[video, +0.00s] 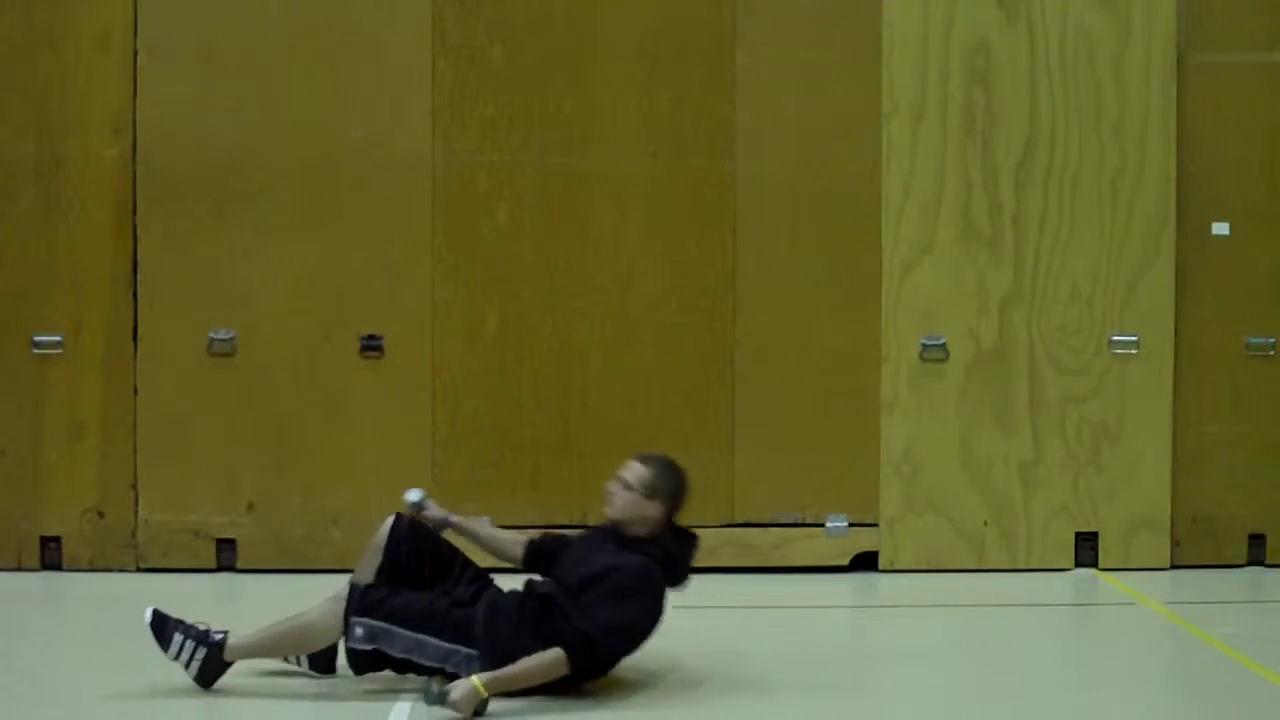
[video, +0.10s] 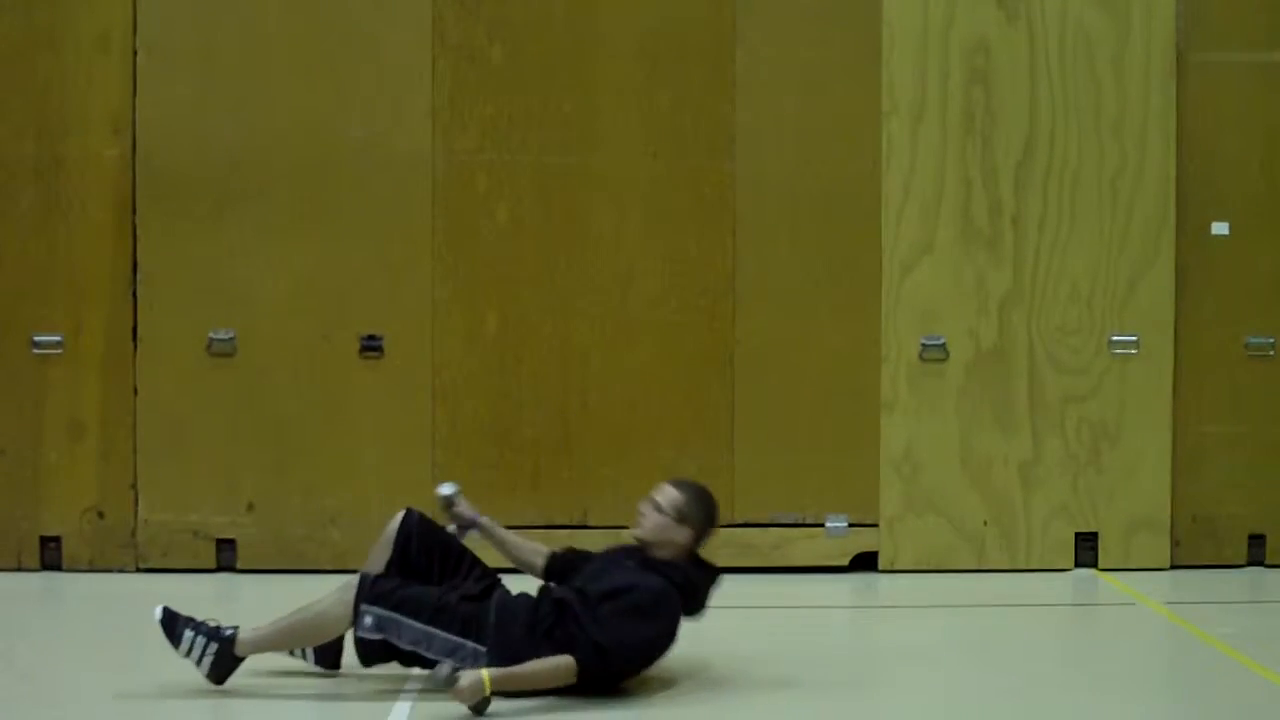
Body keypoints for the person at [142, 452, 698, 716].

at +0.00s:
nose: (612, 491)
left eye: (628, 488)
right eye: (617, 481)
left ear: (658, 513)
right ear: (622, 495)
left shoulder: (638, 586)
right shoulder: (602, 539)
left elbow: (570, 656)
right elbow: (516, 550)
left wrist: (486, 684)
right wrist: (447, 518)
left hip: (492, 646)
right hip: (490, 603)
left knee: (353, 605)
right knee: (396, 533)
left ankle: (218, 653)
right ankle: (343, 649)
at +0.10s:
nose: (644, 512)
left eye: (659, 512)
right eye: (649, 503)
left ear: (687, 537)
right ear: (652, 515)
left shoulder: (654, 605)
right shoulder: (632, 559)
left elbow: (582, 664)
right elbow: (550, 565)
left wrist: (493, 680)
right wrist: (480, 524)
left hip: (493, 640)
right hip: (499, 600)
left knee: (363, 599)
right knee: (406, 528)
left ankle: (229, 650)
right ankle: (335, 645)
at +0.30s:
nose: (696, 551)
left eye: (712, 554)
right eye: (703, 545)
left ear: (727, 586)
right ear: (701, 563)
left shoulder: (681, 641)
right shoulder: (664, 593)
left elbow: (590, 679)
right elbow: (579, 585)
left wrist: (511, 644)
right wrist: (533, 527)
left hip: (510, 643)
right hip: (524, 607)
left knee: (391, 558)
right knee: (426, 512)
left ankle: (276, 636)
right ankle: (350, 620)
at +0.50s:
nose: (719, 566)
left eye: (735, 571)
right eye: (727, 561)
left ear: (746, 604)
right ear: (724, 577)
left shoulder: (693, 641)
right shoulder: (689, 610)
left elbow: (600, 672)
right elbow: (598, 597)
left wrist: (560, 591)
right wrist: (577, 530)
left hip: (515, 643)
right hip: (532, 609)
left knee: (421, 533)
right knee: (438, 504)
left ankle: (338, 647)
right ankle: (388, 627)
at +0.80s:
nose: (743, 544)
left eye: (756, 550)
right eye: (752, 541)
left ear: (760, 584)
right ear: (750, 570)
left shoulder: (712, 611)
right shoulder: (710, 588)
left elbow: (607, 641)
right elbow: (622, 612)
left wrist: (624, 551)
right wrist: (623, 539)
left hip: (523, 604)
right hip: (538, 578)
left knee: (434, 489)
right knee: (439, 472)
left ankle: (370, 618)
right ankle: (390, 601)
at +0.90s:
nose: (747, 529)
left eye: (759, 537)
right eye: (757, 528)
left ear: (761, 571)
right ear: (749, 552)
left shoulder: (707, 596)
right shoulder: (708, 571)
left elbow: (605, 622)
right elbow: (635, 576)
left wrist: (633, 540)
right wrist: (635, 524)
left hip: (521, 583)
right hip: (534, 554)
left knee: (431, 477)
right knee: (436, 454)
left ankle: (367, 601)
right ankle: (387, 582)